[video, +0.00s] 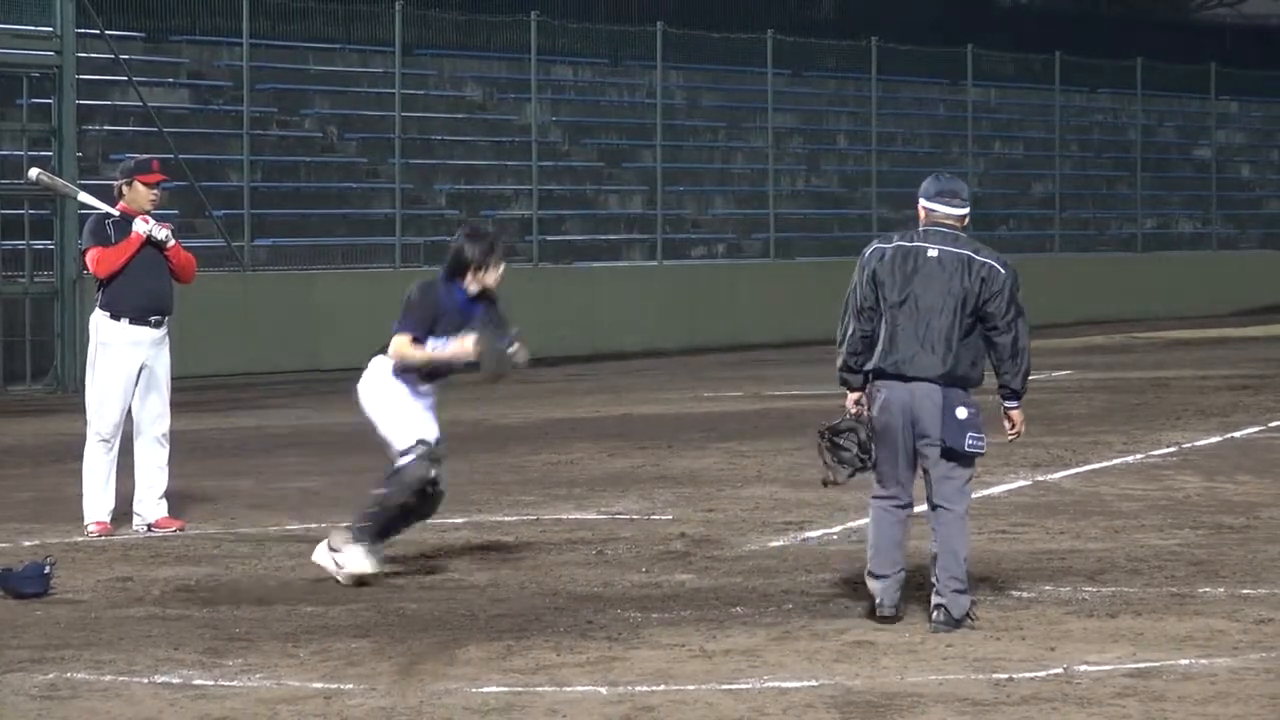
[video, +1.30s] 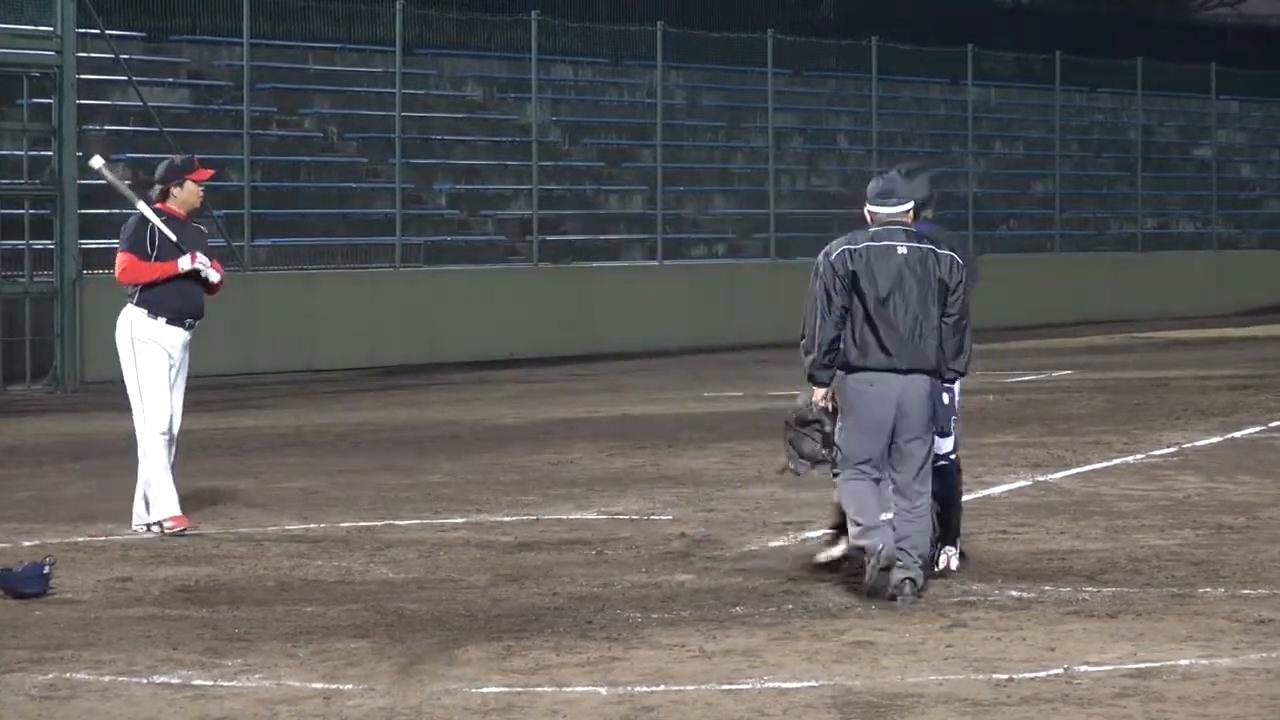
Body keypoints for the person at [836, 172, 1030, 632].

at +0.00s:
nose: (922, 216)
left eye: (921, 210)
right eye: (954, 214)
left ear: (920, 212)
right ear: (965, 217)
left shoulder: (879, 254)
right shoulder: (988, 265)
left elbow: (858, 324)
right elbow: (1007, 336)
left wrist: (854, 382)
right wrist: (1012, 398)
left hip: (889, 393)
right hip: (950, 397)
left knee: (890, 494)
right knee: (950, 502)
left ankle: (885, 596)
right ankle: (949, 604)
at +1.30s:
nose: (869, 215)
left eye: (871, 210)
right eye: (904, 210)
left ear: (868, 214)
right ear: (911, 213)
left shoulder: (839, 255)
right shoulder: (943, 260)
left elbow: (824, 324)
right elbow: (955, 327)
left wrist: (821, 378)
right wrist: (948, 376)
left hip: (863, 385)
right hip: (919, 385)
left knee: (859, 470)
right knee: (912, 480)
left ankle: (876, 545)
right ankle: (909, 569)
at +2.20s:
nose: (788, 236)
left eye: (788, 230)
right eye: (789, 230)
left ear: (797, 227)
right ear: (828, 222)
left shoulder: (791, 259)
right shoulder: (875, 254)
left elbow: (787, 323)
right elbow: (893, 316)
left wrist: (781, 381)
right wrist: (889, 368)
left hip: (826, 379)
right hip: (873, 377)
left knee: (825, 473)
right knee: (862, 466)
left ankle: (839, 567)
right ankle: (860, 547)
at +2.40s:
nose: (779, 245)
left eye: (777, 240)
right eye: (778, 240)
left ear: (784, 234)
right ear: (814, 227)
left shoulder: (790, 261)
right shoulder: (854, 254)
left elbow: (796, 323)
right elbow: (871, 317)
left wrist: (791, 383)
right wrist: (875, 373)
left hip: (828, 379)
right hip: (868, 376)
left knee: (806, 469)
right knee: (847, 469)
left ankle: (834, 549)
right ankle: (855, 551)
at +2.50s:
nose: (769, 249)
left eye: (767, 242)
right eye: (767, 243)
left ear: (775, 234)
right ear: (803, 226)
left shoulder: (786, 260)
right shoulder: (842, 250)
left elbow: (797, 320)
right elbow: (861, 313)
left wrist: (795, 380)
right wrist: (872, 370)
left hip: (830, 374)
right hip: (866, 371)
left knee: (793, 459)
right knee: (846, 462)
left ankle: (830, 537)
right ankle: (854, 546)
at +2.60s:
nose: (759, 252)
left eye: (757, 244)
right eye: (755, 246)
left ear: (767, 235)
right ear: (791, 228)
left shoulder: (780, 260)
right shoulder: (832, 248)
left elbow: (799, 317)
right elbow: (853, 308)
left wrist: (794, 377)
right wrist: (866, 363)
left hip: (830, 369)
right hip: (864, 365)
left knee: (788, 453)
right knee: (845, 458)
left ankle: (816, 543)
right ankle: (852, 547)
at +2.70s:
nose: (749, 261)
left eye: (746, 252)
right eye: (744, 254)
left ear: (756, 240)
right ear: (773, 233)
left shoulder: (777, 265)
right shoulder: (813, 249)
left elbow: (800, 322)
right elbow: (833, 311)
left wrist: (792, 381)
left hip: (830, 370)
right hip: (859, 364)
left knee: (793, 461)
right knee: (843, 461)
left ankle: (793, 550)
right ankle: (852, 551)